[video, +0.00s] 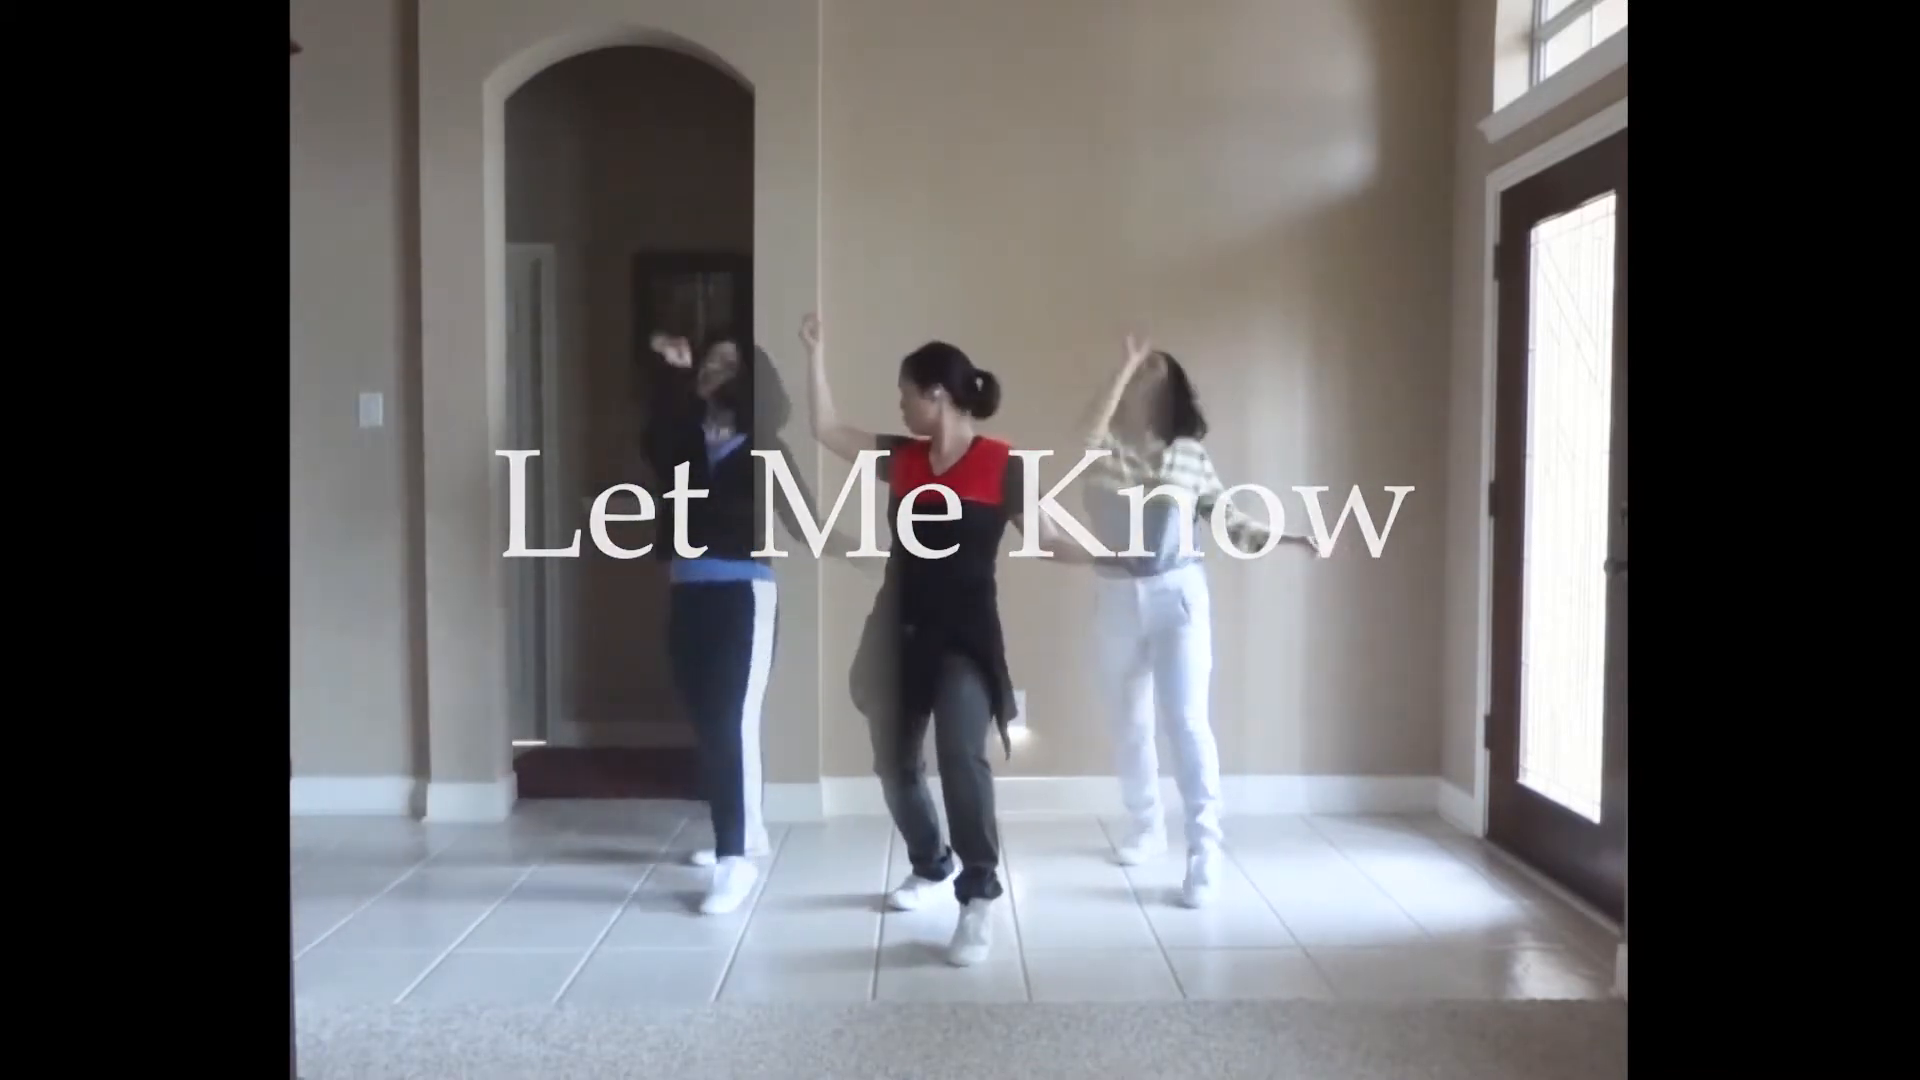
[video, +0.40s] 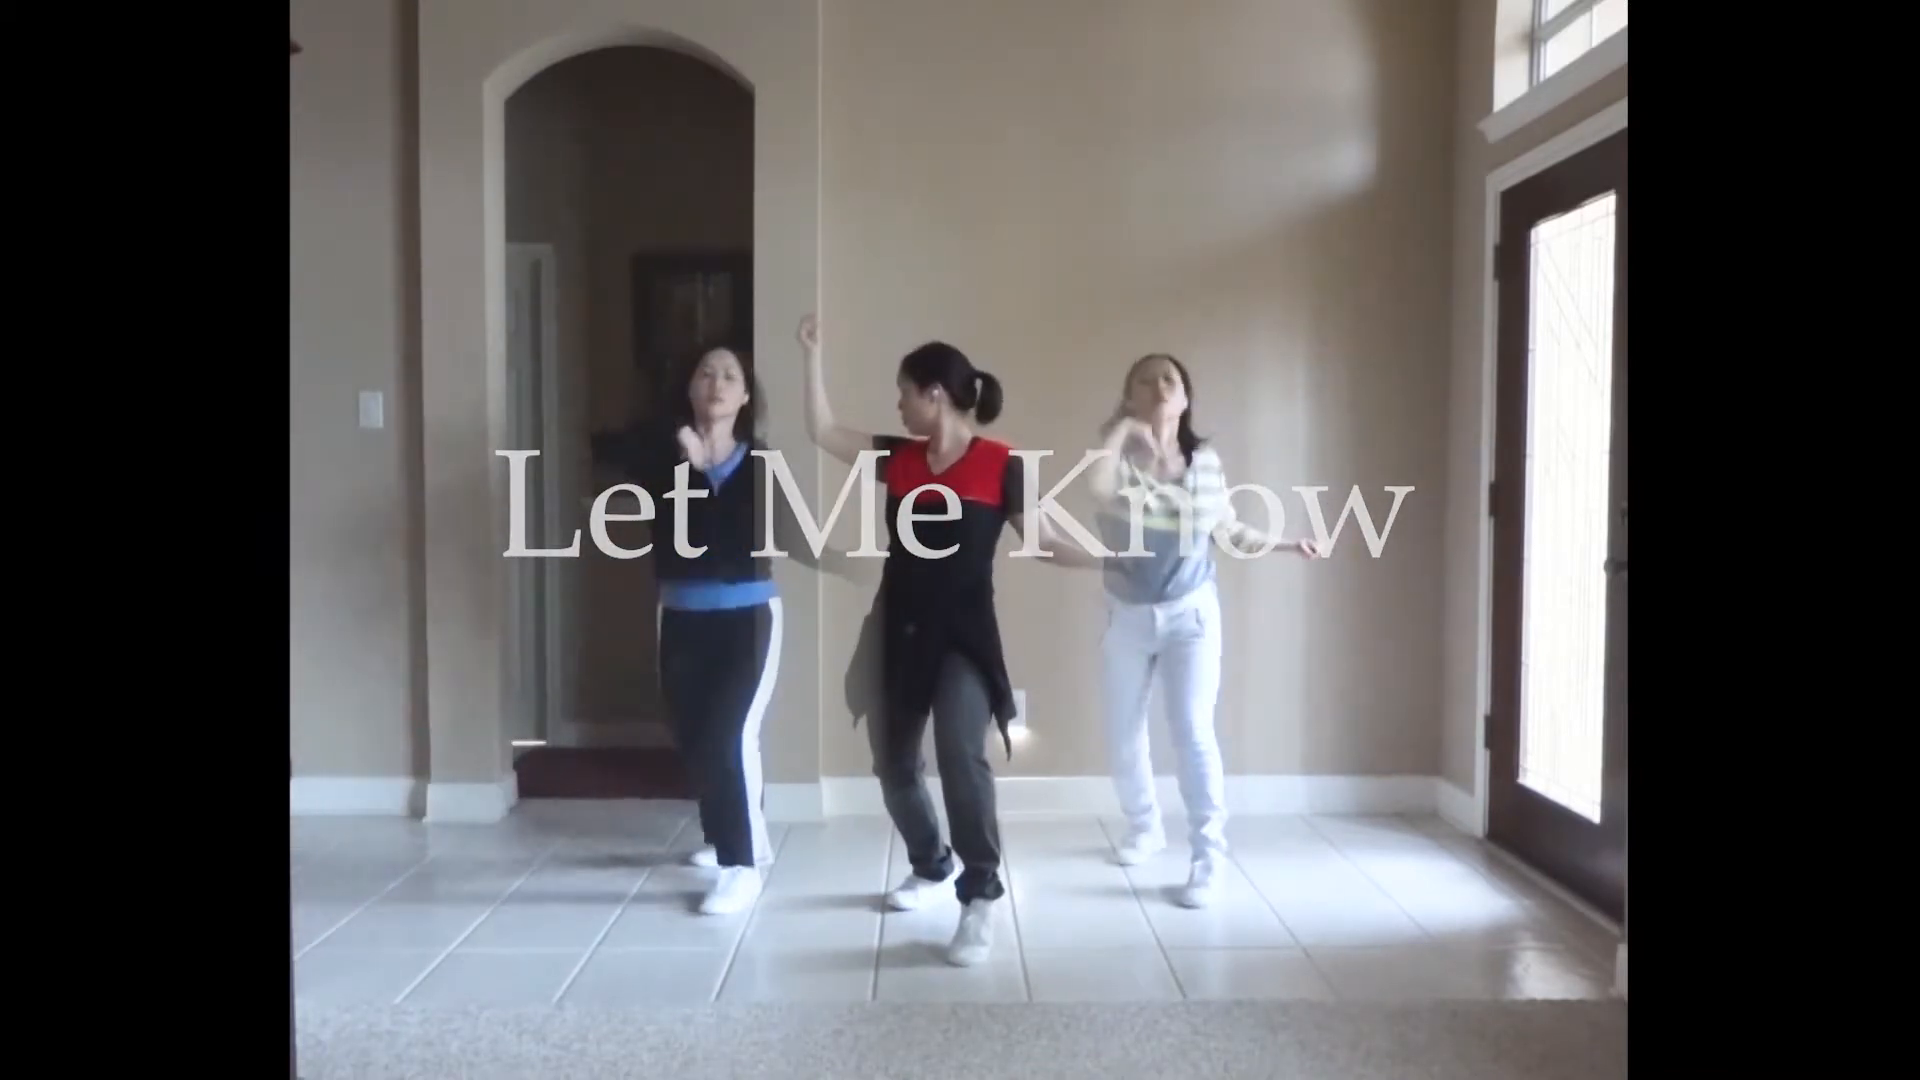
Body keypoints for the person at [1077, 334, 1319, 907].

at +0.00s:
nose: (1134, 384)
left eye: (1147, 378)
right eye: (1131, 378)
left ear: (1167, 397)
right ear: (1121, 391)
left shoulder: (1187, 456)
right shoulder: (1103, 451)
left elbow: (1229, 524)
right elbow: (1089, 437)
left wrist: (1294, 537)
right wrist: (1124, 370)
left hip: (1177, 595)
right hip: (1118, 598)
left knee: (1186, 722)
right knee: (1129, 723)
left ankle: (1204, 848)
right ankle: (1142, 824)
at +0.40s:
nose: (1158, 389)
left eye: (1168, 382)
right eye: (1146, 382)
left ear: (1185, 401)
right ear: (1127, 399)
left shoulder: (1203, 464)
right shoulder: (1113, 457)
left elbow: (1230, 537)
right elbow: (1095, 486)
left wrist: (1292, 543)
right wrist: (1119, 431)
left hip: (1190, 617)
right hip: (1127, 619)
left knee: (1193, 733)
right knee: (1123, 735)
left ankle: (1208, 854)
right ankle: (1142, 828)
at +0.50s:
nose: (1164, 424)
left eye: (1174, 416)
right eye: (1152, 416)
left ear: (1191, 429)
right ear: (1134, 429)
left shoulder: (1207, 486)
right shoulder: (1117, 488)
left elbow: (1224, 556)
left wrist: (1284, 557)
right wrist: (1136, 493)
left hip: (1193, 632)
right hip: (1129, 637)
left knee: (1189, 734)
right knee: (1127, 748)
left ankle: (1207, 857)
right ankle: (1132, 832)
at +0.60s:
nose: (1171, 475)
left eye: (1182, 465)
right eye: (1159, 466)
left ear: (1199, 476)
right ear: (1142, 476)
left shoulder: (1211, 523)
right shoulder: (1127, 526)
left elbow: (1226, 584)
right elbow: (1128, 597)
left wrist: (1279, 582)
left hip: (1195, 648)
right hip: (1132, 651)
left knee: (1186, 744)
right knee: (1139, 763)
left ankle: (1208, 861)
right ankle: (1129, 843)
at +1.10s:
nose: (1188, 472)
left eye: (1201, 463)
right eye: (1179, 457)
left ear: (1213, 462)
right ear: (1158, 444)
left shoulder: (1202, 496)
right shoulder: (1113, 479)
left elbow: (1209, 543)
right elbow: (1101, 562)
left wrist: (1261, 534)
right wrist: (1131, 585)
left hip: (1180, 617)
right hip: (1119, 620)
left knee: (1192, 734)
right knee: (1127, 739)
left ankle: (1207, 858)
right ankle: (1120, 826)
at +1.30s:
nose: (1186, 402)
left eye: (1198, 393)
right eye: (1177, 388)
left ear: (1209, 400)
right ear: (1153, 385)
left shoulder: (1215, 455)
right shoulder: (1116, 449)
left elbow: (1270, 486)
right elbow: (1073, 512)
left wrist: (1321, 485)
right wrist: (1094, 577)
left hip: (1183, 611)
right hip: (1127, 611)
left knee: (1191, 728)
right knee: (1123, 728)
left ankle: (1168, 843)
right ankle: (1115, 824)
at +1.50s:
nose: (1178, 389)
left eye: (1189, 381)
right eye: (1167, 377)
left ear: (1196, 392)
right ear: (1142, 380)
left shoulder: (1208, 453)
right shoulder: (1113, 449)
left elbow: (1269, 469)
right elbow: (1071, 518)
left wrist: (1336, 485)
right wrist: (1093, 579)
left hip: (1196, 613)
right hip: (1144, 612)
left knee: (1195, 741)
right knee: (1174, 738)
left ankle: (1166, 846)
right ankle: (1105, 780)